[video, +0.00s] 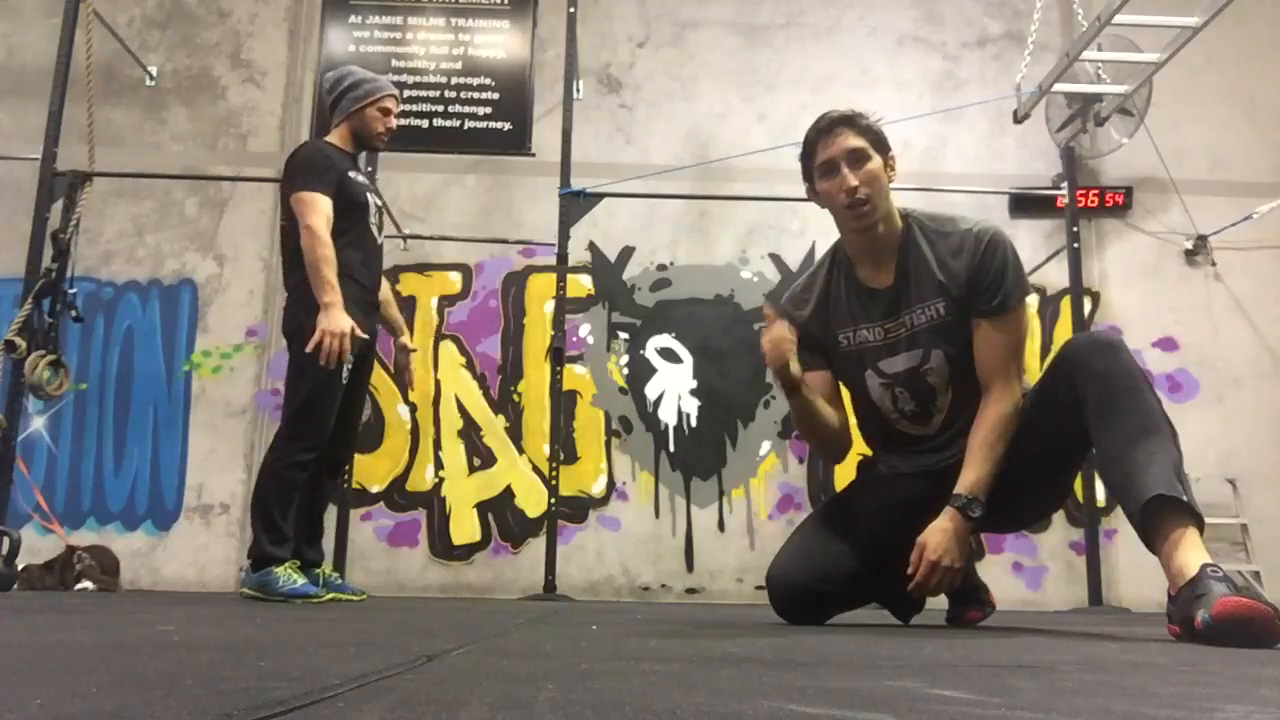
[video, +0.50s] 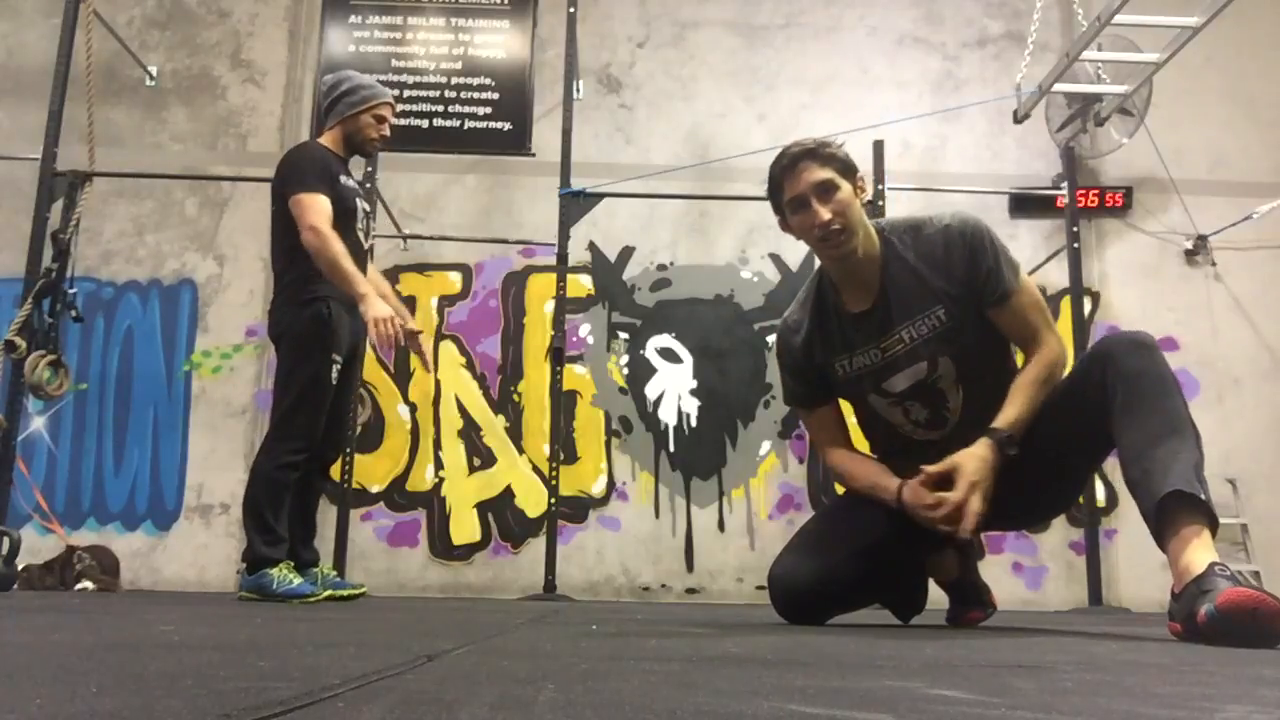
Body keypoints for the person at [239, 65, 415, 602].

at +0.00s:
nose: (392, 123)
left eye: (395, 114)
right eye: (383, 112)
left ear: (376, 118)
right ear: (350, 109)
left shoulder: (356, 173)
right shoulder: (314, 157)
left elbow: (366, 264)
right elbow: (313, 233)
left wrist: (398, 324)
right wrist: (331, 307)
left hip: (356, 324)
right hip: (321, 319)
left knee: (331, 448)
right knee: (303, 440)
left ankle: (305, 563)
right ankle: (267, 565)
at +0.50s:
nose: (386, 131)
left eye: (389, 122)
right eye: (378, 119)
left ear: (360, 120)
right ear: (344, 115)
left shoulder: (344, 176)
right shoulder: (307, 159)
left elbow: (359, 260)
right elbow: (315, 234)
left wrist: (397, 308)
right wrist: (365, 295)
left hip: (342, 319)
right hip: (311, 316)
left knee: (320, 445)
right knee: (291, 440)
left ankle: (301, 564)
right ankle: (263, 566)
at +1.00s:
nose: (387, 130)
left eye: (389, 121)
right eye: (379, 119)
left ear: (367, 123)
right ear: (347, 115)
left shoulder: (349, 176)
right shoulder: (309, 160)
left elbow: (358, 263)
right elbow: (308, 236)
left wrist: (392, 323)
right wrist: (336, 310)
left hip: (347, 325)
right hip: (314, 321)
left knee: (324, 448)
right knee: (293, 440)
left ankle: (303, 563)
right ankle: (263, 566)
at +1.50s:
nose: (389, 131)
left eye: (392, 122)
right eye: (381, 120)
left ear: (370, 125)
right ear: (350, 116)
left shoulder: (352, 178)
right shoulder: (311, 161)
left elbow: (360, 267)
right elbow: (310, 238)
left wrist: (383, 330)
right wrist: (340, 312)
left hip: (349, 329)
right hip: (317, 324)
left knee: (326, 450)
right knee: (293, 442)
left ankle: (303, 563)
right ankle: (263, 565)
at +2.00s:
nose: (394, 129)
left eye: (396, 120)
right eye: (387, 118)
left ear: (365, 123)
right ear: (354, 116)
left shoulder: (353, 177)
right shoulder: (314, 161)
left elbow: (357, 266)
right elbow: (307, 237)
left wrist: (380, 333)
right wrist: (332, 314)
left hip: (350, 328)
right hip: (318, 324)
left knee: (326, 449)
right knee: (295, 440)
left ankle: (303, 563)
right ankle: (262, 565)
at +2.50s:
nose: (389, 115)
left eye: (387, 107)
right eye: (379, 106)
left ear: (359, 116)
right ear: (347, 112)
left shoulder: (354, 175)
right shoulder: (319, 161)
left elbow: (360, 269)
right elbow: (314, 240)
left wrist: (384, 336)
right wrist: (340, 316)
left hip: (348, 330)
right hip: (319, 325)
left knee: (323, 452)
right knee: (295, 442)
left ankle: (302, 564)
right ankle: (263, 566)